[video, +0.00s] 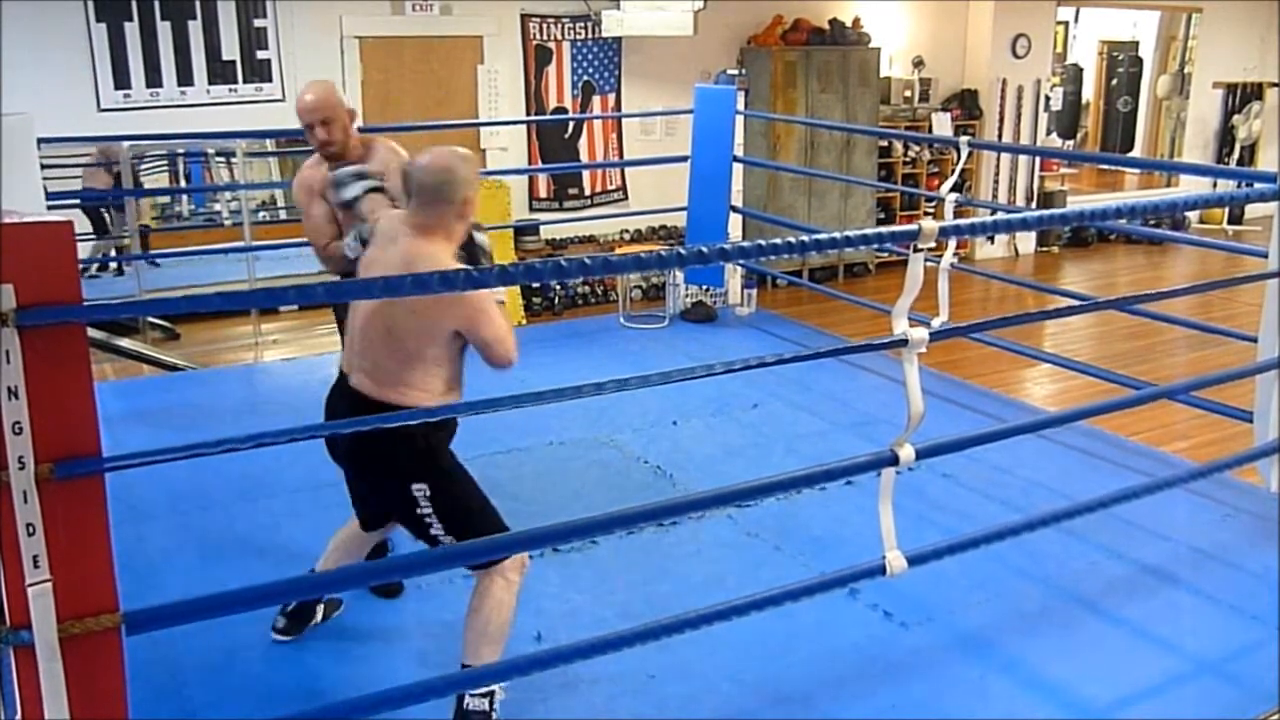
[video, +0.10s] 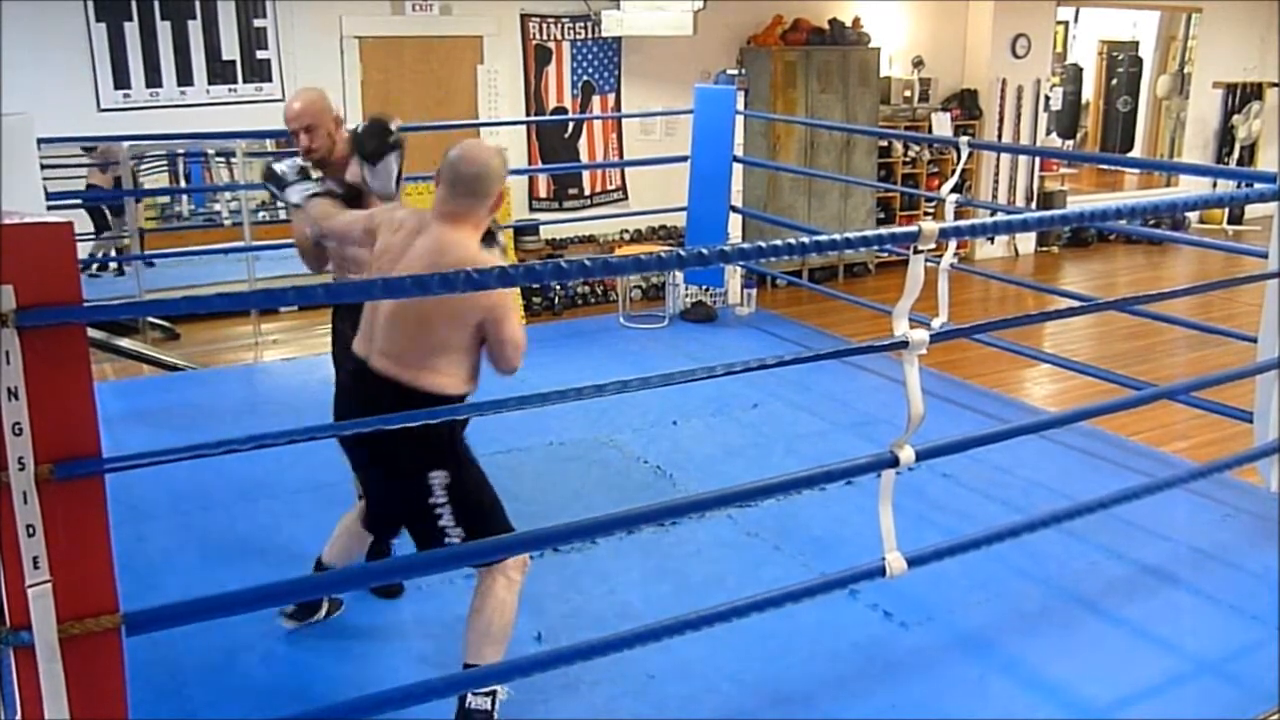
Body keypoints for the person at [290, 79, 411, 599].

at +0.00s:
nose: (318, 137)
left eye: (325, 124)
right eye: (308, 129)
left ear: (350, 115)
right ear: (302, 130)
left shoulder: (391, 155)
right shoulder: (308, 181)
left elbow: (421, 214)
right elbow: (330, 258)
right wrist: (362, 238)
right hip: (355, 301)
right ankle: (376, 543)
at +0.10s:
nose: (302, 143)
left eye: (310, 131)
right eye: (294, 134)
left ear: (338, 122)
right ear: (291, 137)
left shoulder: (375, 159)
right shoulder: (301, 180)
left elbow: (388, 226)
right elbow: (315, 259)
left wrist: (374, 182)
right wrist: (301, 206)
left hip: (395, 301)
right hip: (347, 304)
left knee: (390, 424)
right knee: (354, 423)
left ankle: (381, 538)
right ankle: (378, 540)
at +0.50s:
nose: (279, 117)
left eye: (287, 109)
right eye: (273, 109)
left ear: (311, 108)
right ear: (268, 110)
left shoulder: (344, 146)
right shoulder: (266, 158)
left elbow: (365, 210)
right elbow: (279, 216)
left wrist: (364, 165)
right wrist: (293, 167)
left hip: (354, 271)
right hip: (301, 276)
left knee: (383, 377)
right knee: (290, 396)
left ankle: (407, 479)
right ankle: (307, 516)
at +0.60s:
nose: (257, 114)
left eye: (266, 103)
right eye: (249, 106)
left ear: (287, 105)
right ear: (242, 111)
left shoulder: (314, 148)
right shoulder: (241, 156)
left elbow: (349, 195)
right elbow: (273, 184)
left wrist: (368, 162)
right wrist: (304, 141)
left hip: (331, 269)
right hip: (280, 277)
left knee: (371, 381)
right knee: (265, 403)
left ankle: (403, 479)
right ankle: (244, 495)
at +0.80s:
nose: (241, 120)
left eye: (247, 111)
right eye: (231, 113)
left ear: (255, 106)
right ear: (209, 112)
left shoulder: (270, 156)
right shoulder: (197, 160)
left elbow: (306, 209)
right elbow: (214, 209)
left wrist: (352, 193)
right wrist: (233, 160)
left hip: (276, 269)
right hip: (229, 276)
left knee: (327, 370)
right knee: (235, 394)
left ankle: (373, 467)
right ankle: (225, 491)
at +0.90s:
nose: (241, 104)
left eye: (245, 94)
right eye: (230, 96)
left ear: (249, 94)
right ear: (207, 99)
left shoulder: (252, 142)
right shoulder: (188, 146)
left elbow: (276, 202)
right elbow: (198, 216)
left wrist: (316, 183)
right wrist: (222, 171)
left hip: (257, 254)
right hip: (213, 261)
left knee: (305, 348)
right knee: (227, 378)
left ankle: (307, 445)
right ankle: (225, 487)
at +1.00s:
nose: (238, 106)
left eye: (241, 96)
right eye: (229, 98)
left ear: (242, 96)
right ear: (202, 100)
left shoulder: (239, 143)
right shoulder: (179, 150)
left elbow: (253, 206)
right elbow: (188, 224)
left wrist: (286, 183)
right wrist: (224, 183)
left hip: (244, 253)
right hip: (202, 262)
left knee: (273, 343)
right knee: (217, 374)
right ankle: (222, 484)